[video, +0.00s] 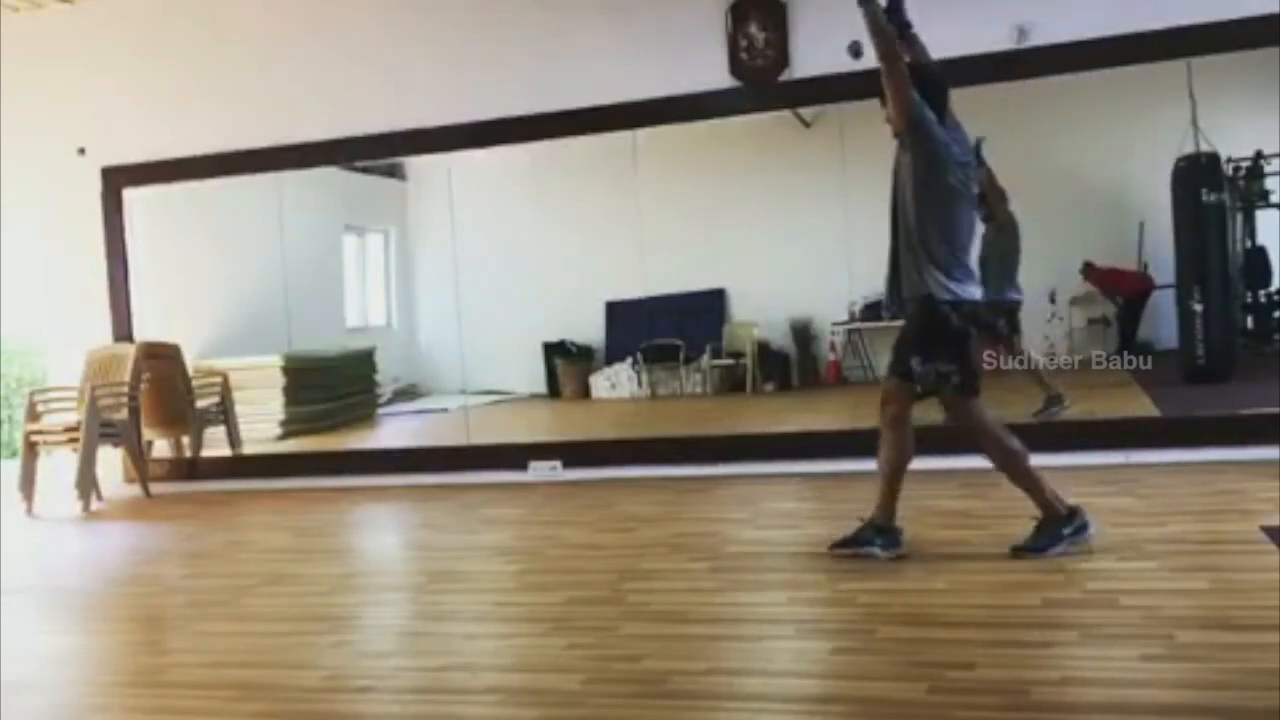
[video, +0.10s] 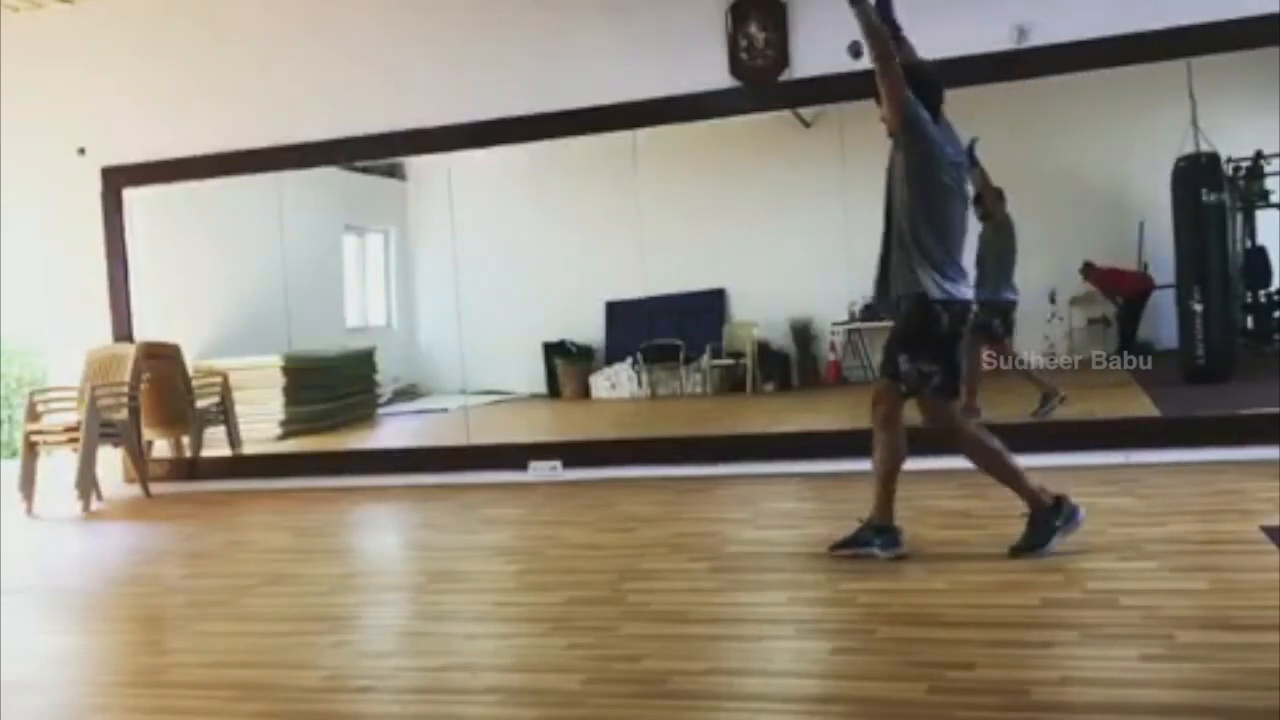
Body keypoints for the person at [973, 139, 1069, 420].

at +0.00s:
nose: (979, 205)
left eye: (983, 198)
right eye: (980, 198)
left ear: (994, 197)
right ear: (988, 198)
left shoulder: (1003, 222)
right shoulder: (993, 223)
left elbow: (993, 190)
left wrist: (976, 160)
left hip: (1002, 298)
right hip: (987, 296)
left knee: (1015, 349)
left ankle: (1052, 392)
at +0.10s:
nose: (976, 207)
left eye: (981, 201)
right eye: (977, 202)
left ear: (995, 202)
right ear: (985, 204)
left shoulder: (1000, 224)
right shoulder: (990, 226)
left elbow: (987, 192)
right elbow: (980, 196)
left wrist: (973, 161)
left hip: (997, 300)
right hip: (988, 299)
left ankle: (1048, 390)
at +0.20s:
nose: (973, 206)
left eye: (978, 201)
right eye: (973, 201)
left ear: (992, 203)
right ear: (987, 204)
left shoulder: (998, 227)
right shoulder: (988, 230)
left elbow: (984, 194)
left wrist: (968, 166)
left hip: (991, 299)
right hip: (987, 298)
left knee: (970, 349)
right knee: (999, 350)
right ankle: (1041, 385)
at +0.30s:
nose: (975, 206)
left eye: (979, 200)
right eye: (975, 201)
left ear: (993, 202)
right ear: (989, 203)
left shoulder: (999, 226)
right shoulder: (990, 228)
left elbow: (985, 194)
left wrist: (969, 165)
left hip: (992, 299)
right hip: (988, 298)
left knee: (970, 349)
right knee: (1002, 351)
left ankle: (970, 403)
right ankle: (1044, 386)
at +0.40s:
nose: (983, 209)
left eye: (987, 203)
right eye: (982, 203)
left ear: (1001, 203)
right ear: (1000, 203)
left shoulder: (1007, 226)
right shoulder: (995, 227)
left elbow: (990, 194)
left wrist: (974, 164)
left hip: (1000, 300)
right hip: (990, 300)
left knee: (1011, 351)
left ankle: (1051, 388)